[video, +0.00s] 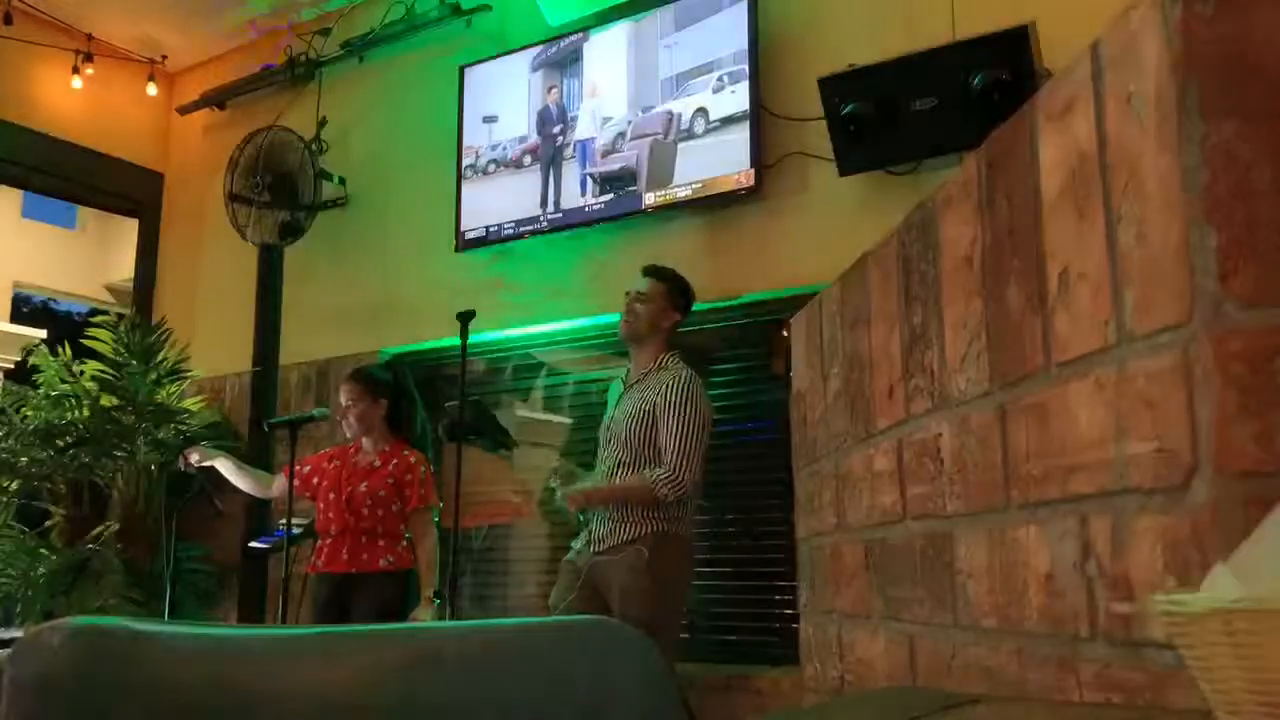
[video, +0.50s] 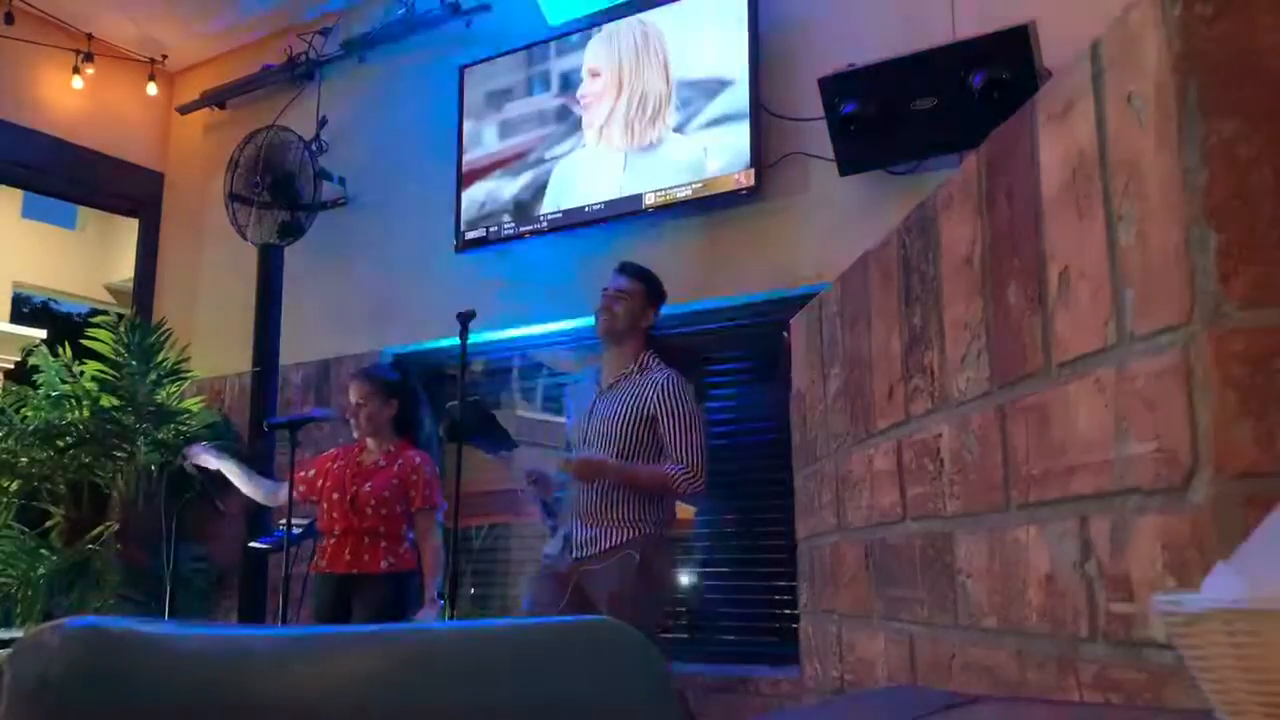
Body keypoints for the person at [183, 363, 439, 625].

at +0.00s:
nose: (342, 413)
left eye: (351, 404)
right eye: (341, 406)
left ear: (381, 406)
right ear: (339, 410)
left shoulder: (409, 463)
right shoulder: (328, 461)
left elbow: (424, 534)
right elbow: (268, 487)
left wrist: (428, 599)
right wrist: (216, 459)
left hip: (384, 583)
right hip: (330, 582)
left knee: (375, 675)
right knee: (326, 673)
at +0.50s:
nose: (351, 413)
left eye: (361, 405)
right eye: (350, 405)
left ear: (391, 407)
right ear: (348, 406)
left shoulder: (415, 464)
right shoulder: (335, 461)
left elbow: (429, 537)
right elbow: (274, 495)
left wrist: (431, 602)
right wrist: (222, 463)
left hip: (386, 584)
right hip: (330, 583)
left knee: (376, 679)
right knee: (322, 675)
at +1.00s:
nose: (355, 411)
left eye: (365, 402)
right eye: (354, 403)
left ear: (396, 405)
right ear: (354, 403)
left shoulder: (418, 464)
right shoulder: (340, 458)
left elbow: (432, 539)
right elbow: (303, 512)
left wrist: (438, 607)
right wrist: (240, 489)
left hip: (392, 589)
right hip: (335, 588)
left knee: (387, 688)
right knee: (327, 686)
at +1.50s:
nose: (352, 414)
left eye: (361, 405)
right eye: (352, 406)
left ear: (391, 406)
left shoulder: (415, 463)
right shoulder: (349, 459)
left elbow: (421, 541)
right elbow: (308, 513)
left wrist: (409, 604)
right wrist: (246, 491)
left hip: (384, 586)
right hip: (335, 583)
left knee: (374, 680)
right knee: (324, 676)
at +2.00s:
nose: (348, 417)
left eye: (357, 408)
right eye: (347, 410)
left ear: (387, 408)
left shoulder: (413, 464)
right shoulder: (342, 463)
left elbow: (421, 539)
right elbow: (304, 517)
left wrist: (415, 601)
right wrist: (244, 492)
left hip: (385, 583)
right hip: (334, 582)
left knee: (371, 677)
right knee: (329, 675)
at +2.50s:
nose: (349, 419)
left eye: (358, 410)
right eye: (348, 412)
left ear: (388, 408)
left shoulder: (417, 464)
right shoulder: (340, 464)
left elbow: (428, 536)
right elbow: (302, 517)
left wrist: (427, 601)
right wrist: (246, 491)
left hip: (389, 582)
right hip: (335, 582)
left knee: (383, 680)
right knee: (333, 679)